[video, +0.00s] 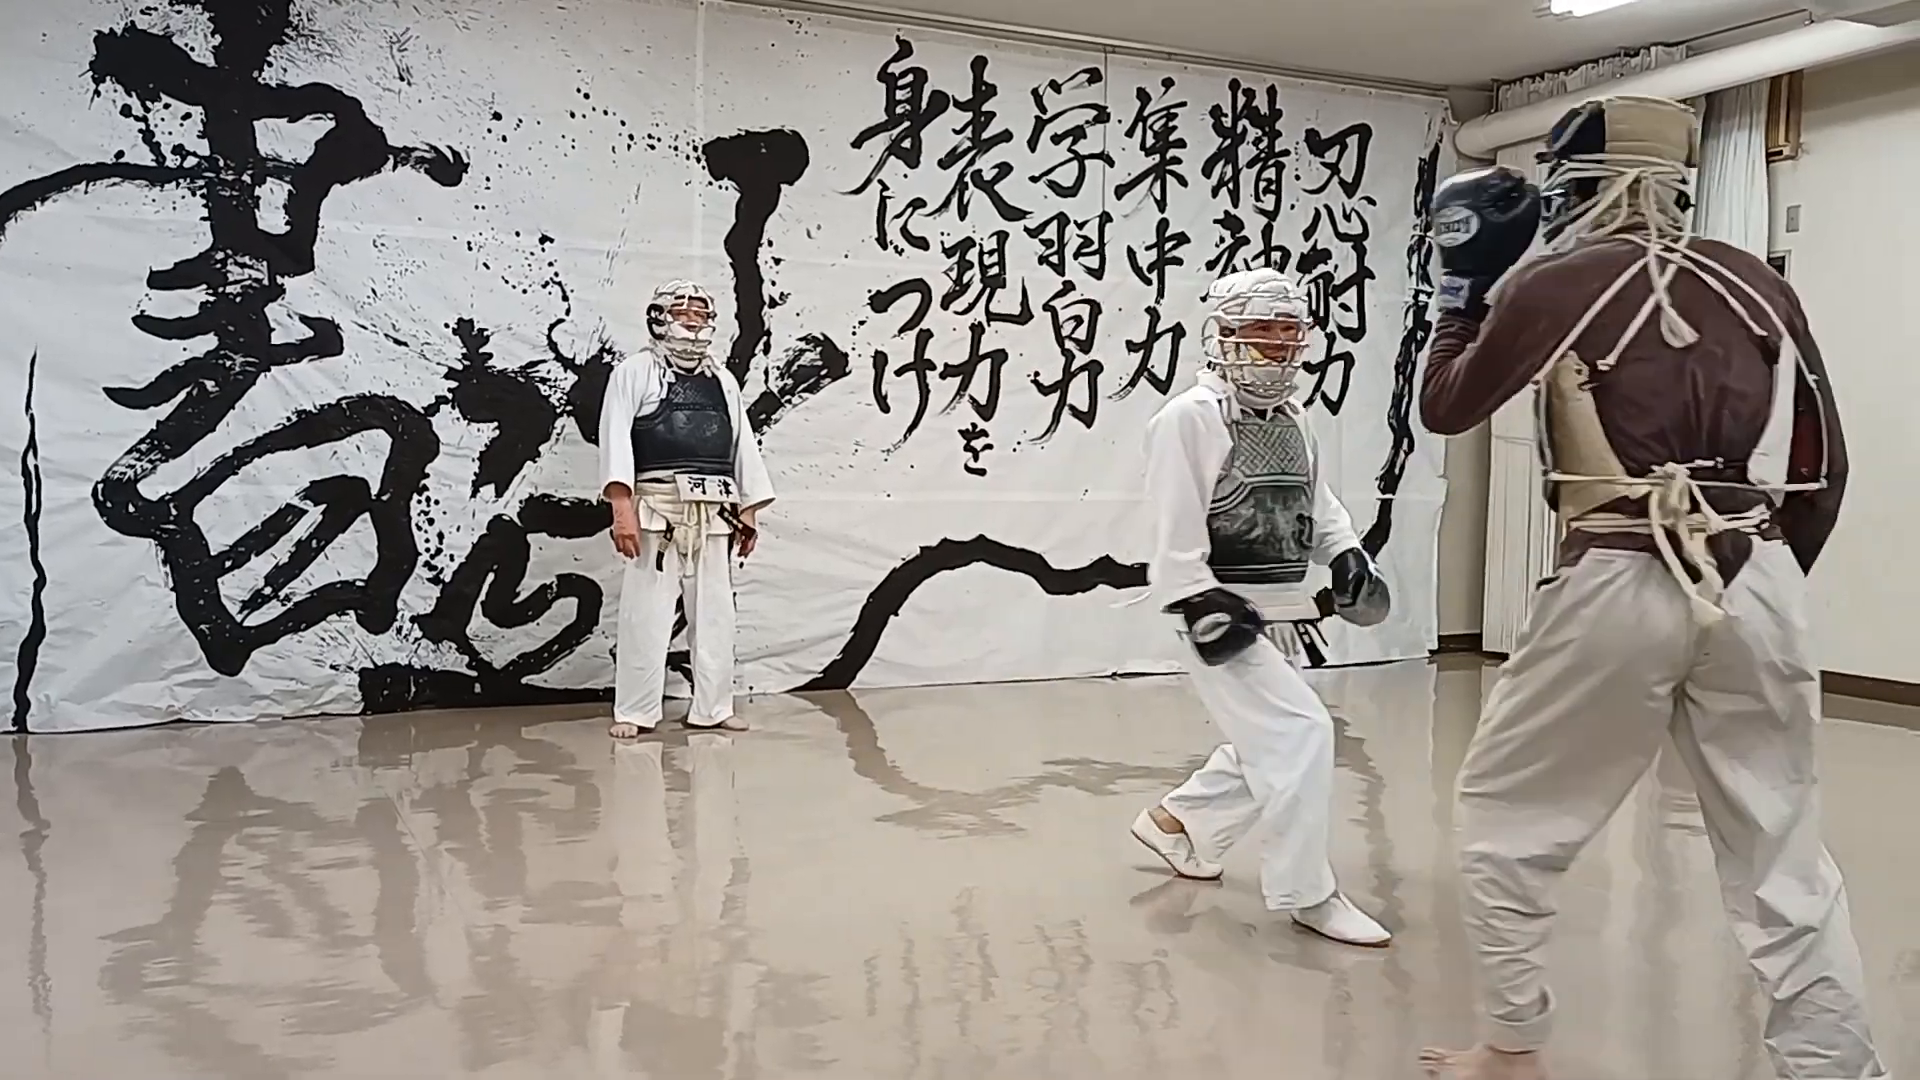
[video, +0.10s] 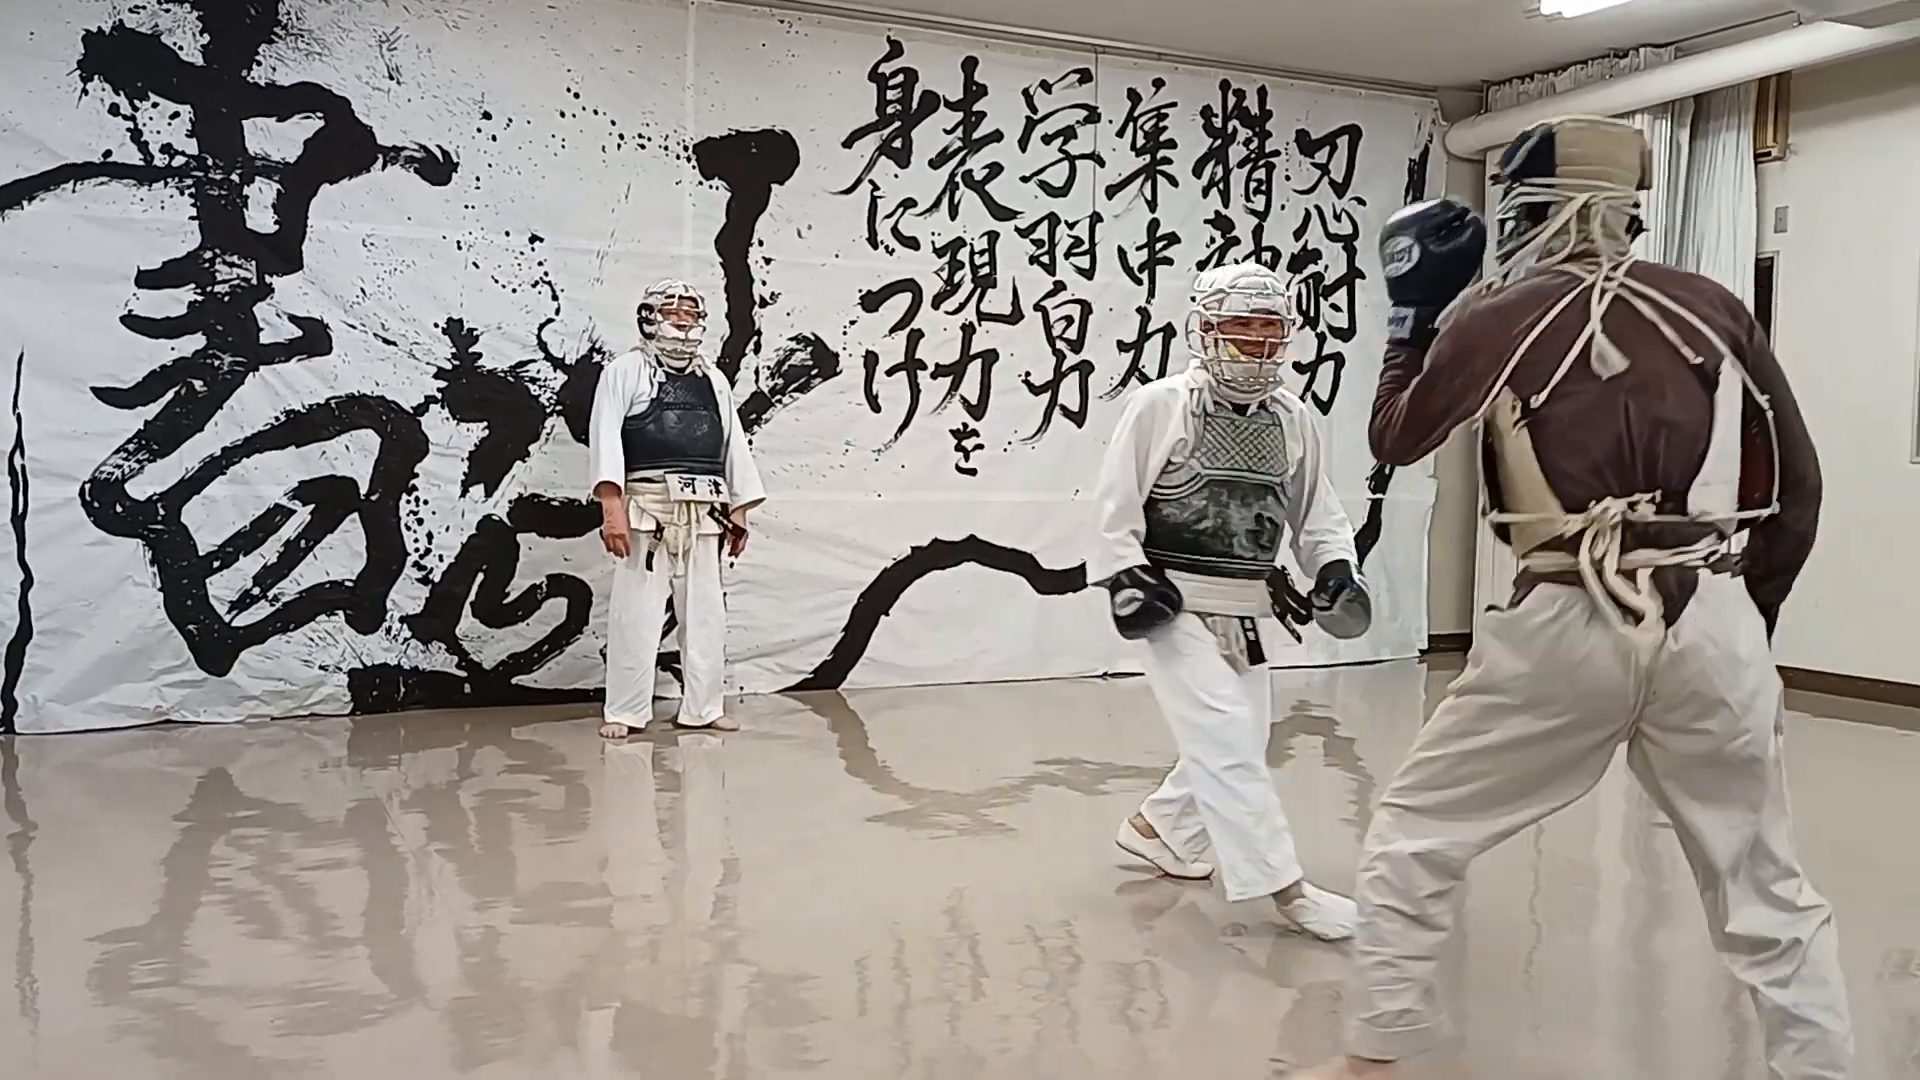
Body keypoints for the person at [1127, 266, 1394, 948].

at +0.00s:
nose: (1274, 349)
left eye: (1286, 335)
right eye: (1259, 335)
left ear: (1301, 342)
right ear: (1224, 340)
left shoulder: (1290, 422)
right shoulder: (1189, 419)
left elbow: (1315, 500)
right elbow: (1174, 527)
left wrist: (1346, 555)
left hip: (1281, 616)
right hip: (1220, 615)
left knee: (1279, 737)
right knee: (1302, 728)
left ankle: (1177, 821)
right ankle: (1307, 892)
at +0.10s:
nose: (1256, 347)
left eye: (1269, 332)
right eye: (1239, 332)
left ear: (1286, 339)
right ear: (1205, 335)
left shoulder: (1297, 423)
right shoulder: (1159, 408)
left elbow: (1319, 516)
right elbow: (1116, 503)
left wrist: (1334, 569)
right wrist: (1125, 573)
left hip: (1245, 612)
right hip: (1172, 605)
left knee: (1243, 735)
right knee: (1227, 732)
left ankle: (1159, 824)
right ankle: (1287, 888)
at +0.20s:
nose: (1235, 332)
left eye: (1248, 318)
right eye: (1219, 316)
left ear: (1262, 328)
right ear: (1185, 320)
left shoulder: (1277, 416)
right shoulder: (1130, 396)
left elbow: (1299, 512)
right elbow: (1081, 494)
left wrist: (1301, 567)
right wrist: (1083, 559)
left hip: (1218, 607)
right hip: (1138, 599)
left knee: (1209, 750)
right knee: (1163, 725)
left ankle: (1139, 829)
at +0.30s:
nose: (1202, 327)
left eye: (1214, 314)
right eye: (1186, 313)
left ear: (1229, 324)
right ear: (1152, 319)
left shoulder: (1243, 407)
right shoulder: (1105, 394)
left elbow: (1266, 508)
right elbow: (1056, 485)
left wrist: (1258, 562)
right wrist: (1059, 550)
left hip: (1193, 601)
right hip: (1107, 594)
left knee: (1190, 735)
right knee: (1089, 726)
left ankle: (1141, 831)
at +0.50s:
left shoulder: (1180, 420)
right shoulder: (1058, 419)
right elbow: (1035, 501)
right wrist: (1055, 553)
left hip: (1167, 610)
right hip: (1073, 609)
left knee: (1193, 733)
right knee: (1008, 735)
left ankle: (1214, 851)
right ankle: (1000, 882)